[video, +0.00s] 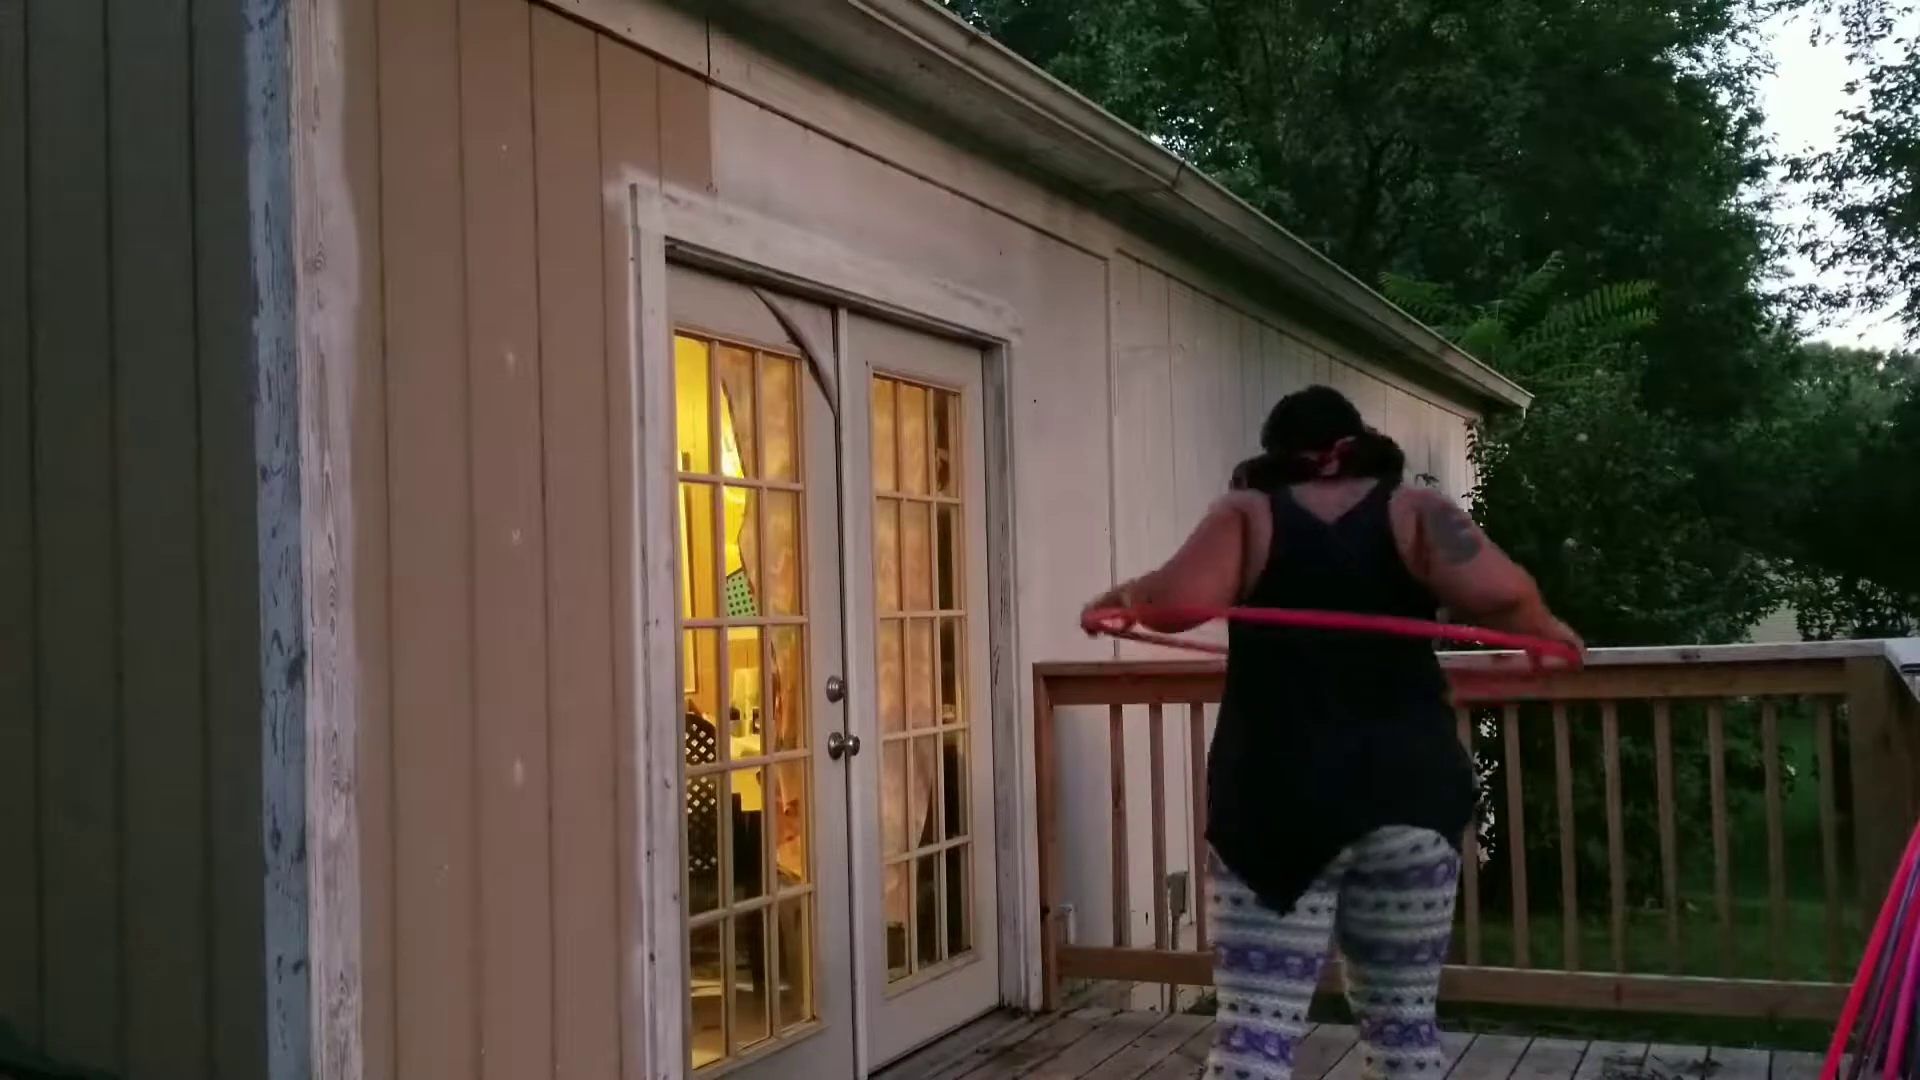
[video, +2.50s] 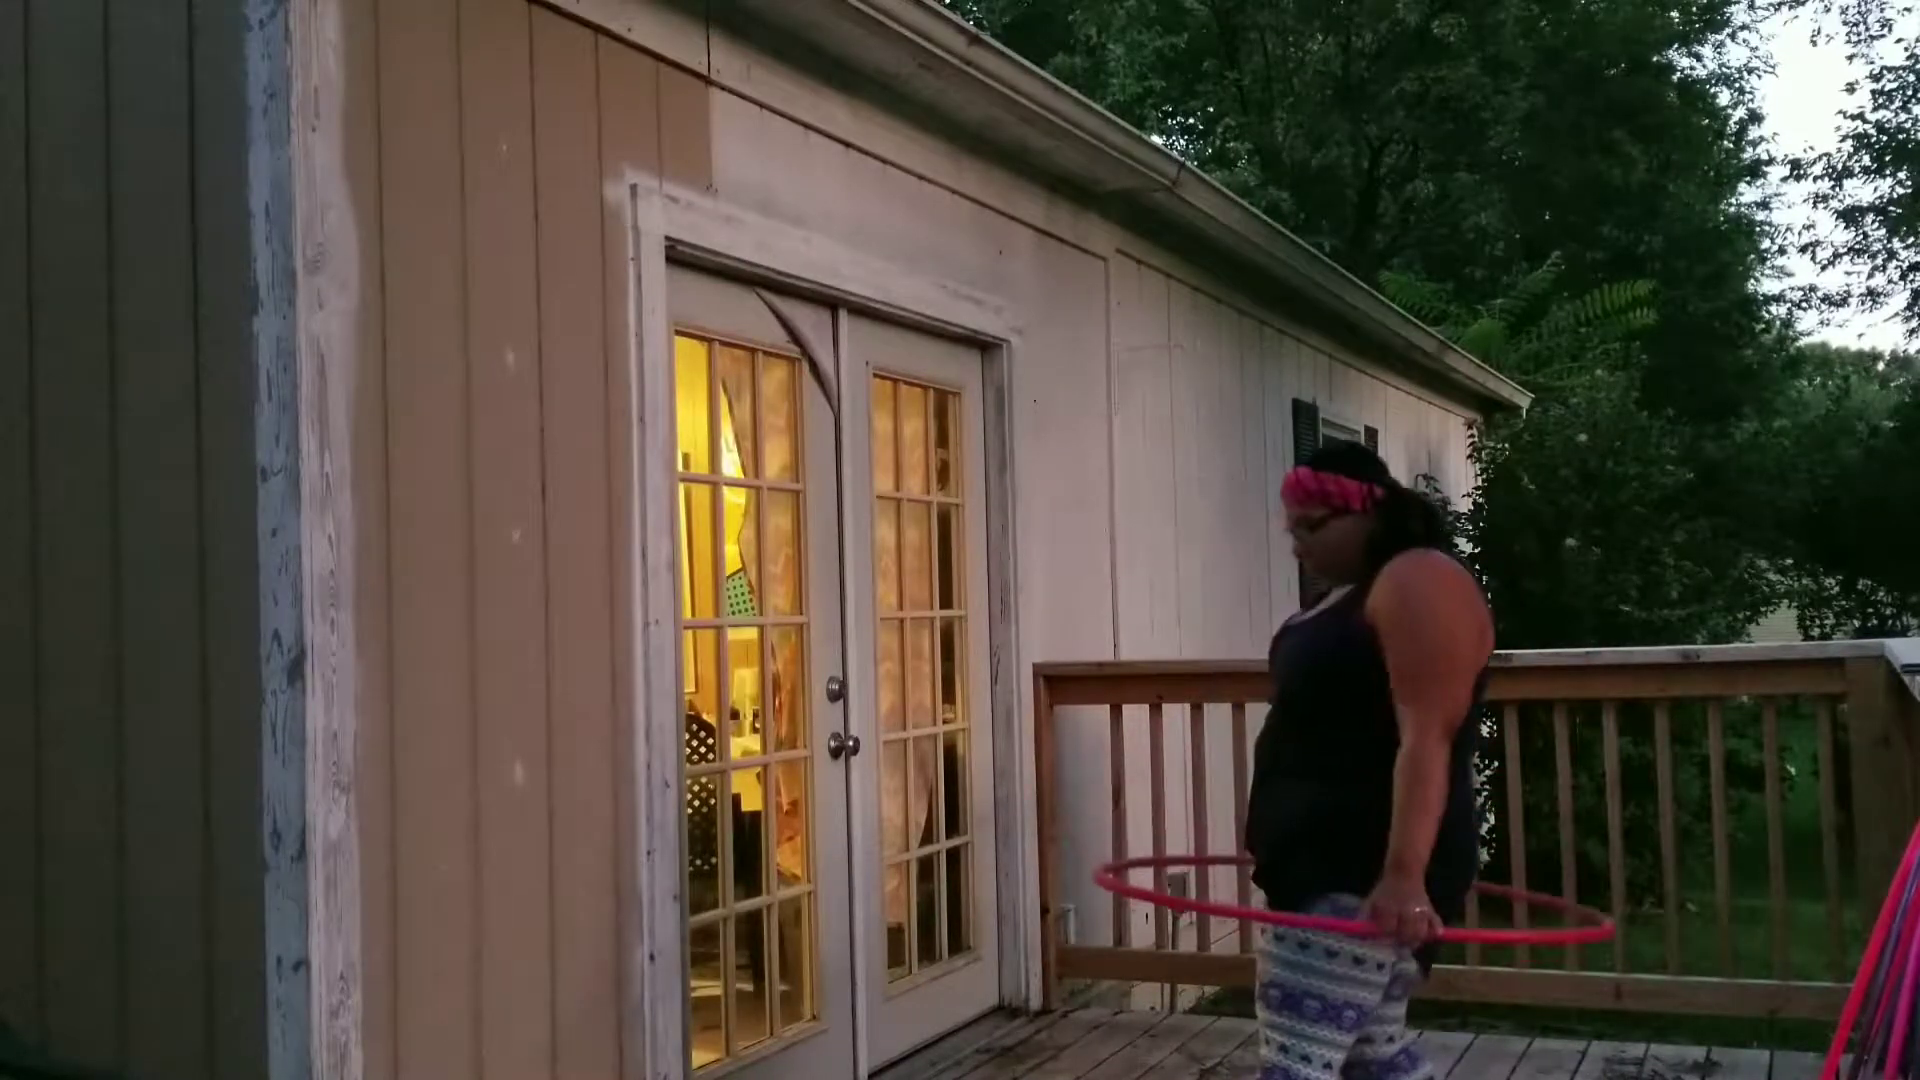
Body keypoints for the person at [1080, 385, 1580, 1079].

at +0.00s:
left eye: (1278, 459)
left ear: (1277, 459)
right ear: (1360, 449)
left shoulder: (1245, 513)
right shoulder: (1420, 509)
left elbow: (1186, 598)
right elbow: (1501, 591)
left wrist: (1130, 595)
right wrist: (1546, 634)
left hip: (1277, 801)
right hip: (1411, 795)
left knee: (1255, 1033)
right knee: (1405, 1024)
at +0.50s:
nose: (1233, 495)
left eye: (1236, 477)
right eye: (1230, 479)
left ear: (1263, 467)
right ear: (1327, 462)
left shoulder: (1272, 529)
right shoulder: (1403, 538)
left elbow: (1275, 669)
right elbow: (1466, 663)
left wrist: (1185, 798)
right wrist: (1458, 768)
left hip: (1265, 831)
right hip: (1384, 819)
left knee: (1254, 1059)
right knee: (1409, 1018)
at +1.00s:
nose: (1277, 482)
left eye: (1293, 468)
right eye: (1281, 466)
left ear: (1346, 481)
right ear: (1350, 481)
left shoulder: (1379, 572)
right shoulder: (1378, 562)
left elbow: (1373, 722)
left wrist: (1342, 864)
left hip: (1305, 859)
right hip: (1372, 855)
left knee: (1274, 1063)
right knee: (1425, 1043)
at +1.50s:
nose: (1149, 540)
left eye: (1158, 520)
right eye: (1145, 524)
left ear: (1208, 500)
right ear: (1206, 503)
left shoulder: (1268, 539)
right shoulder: (1239, 577)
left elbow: (1401, 585)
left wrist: (1354, 717)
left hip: (1318, 845)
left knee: (1281, 1061)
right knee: (1422, 1039)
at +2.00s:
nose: (1195, 602)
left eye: (1193, 582)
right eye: (1184, 588)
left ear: (1225, 547)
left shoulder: (1323, 564)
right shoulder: (1270, 606)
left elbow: (1385, 701)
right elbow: (1300, 745)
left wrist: (1369, 846)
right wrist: (1266, 872)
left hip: (1337, 876)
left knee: (1294, 1062)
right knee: (1391, 1049)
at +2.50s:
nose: (1299, 546)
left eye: (1310, 527)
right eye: (1294, 531)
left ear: (1365, 512)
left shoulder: (1421, 580)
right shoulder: (1346, 596)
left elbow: (1427, 737)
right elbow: (1318, 734)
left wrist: (1404, 874)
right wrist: (1274, 836)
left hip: (1354, 880)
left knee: (1297, 1061)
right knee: (1377, 1055)